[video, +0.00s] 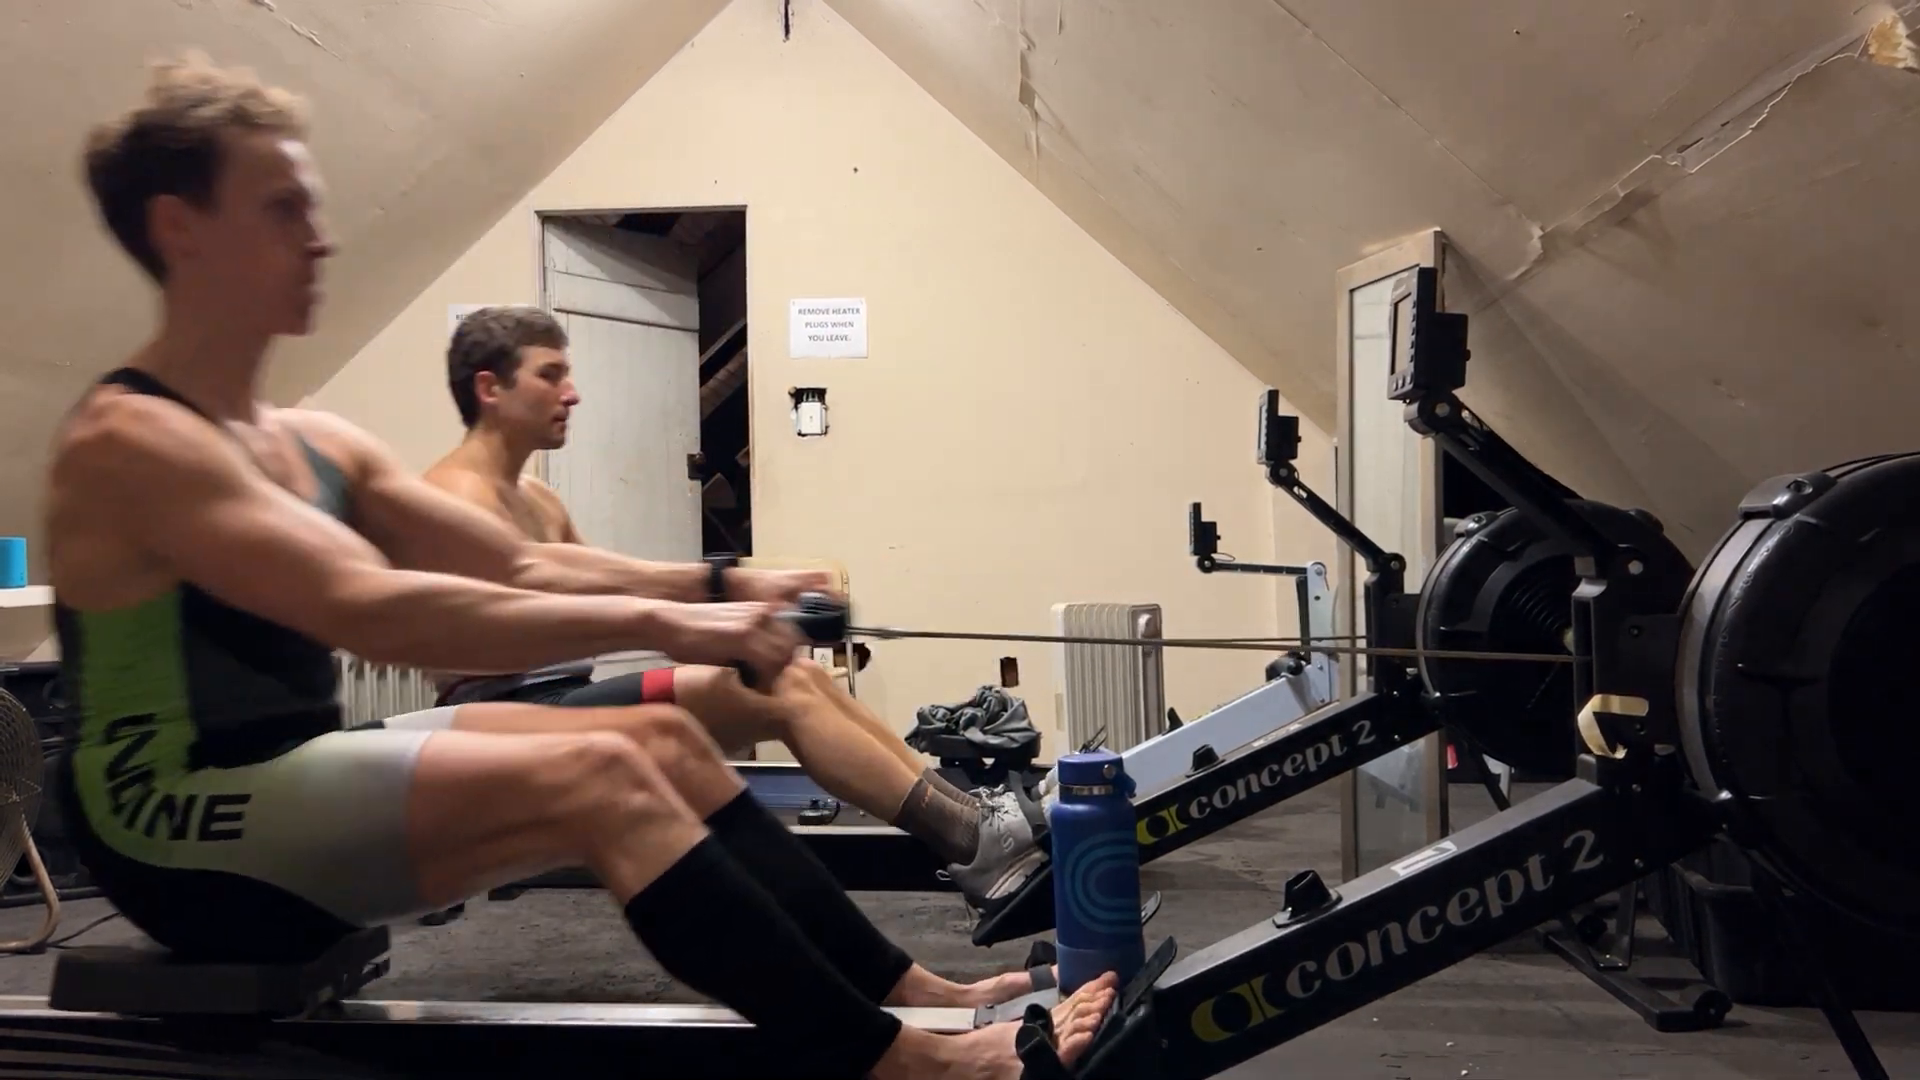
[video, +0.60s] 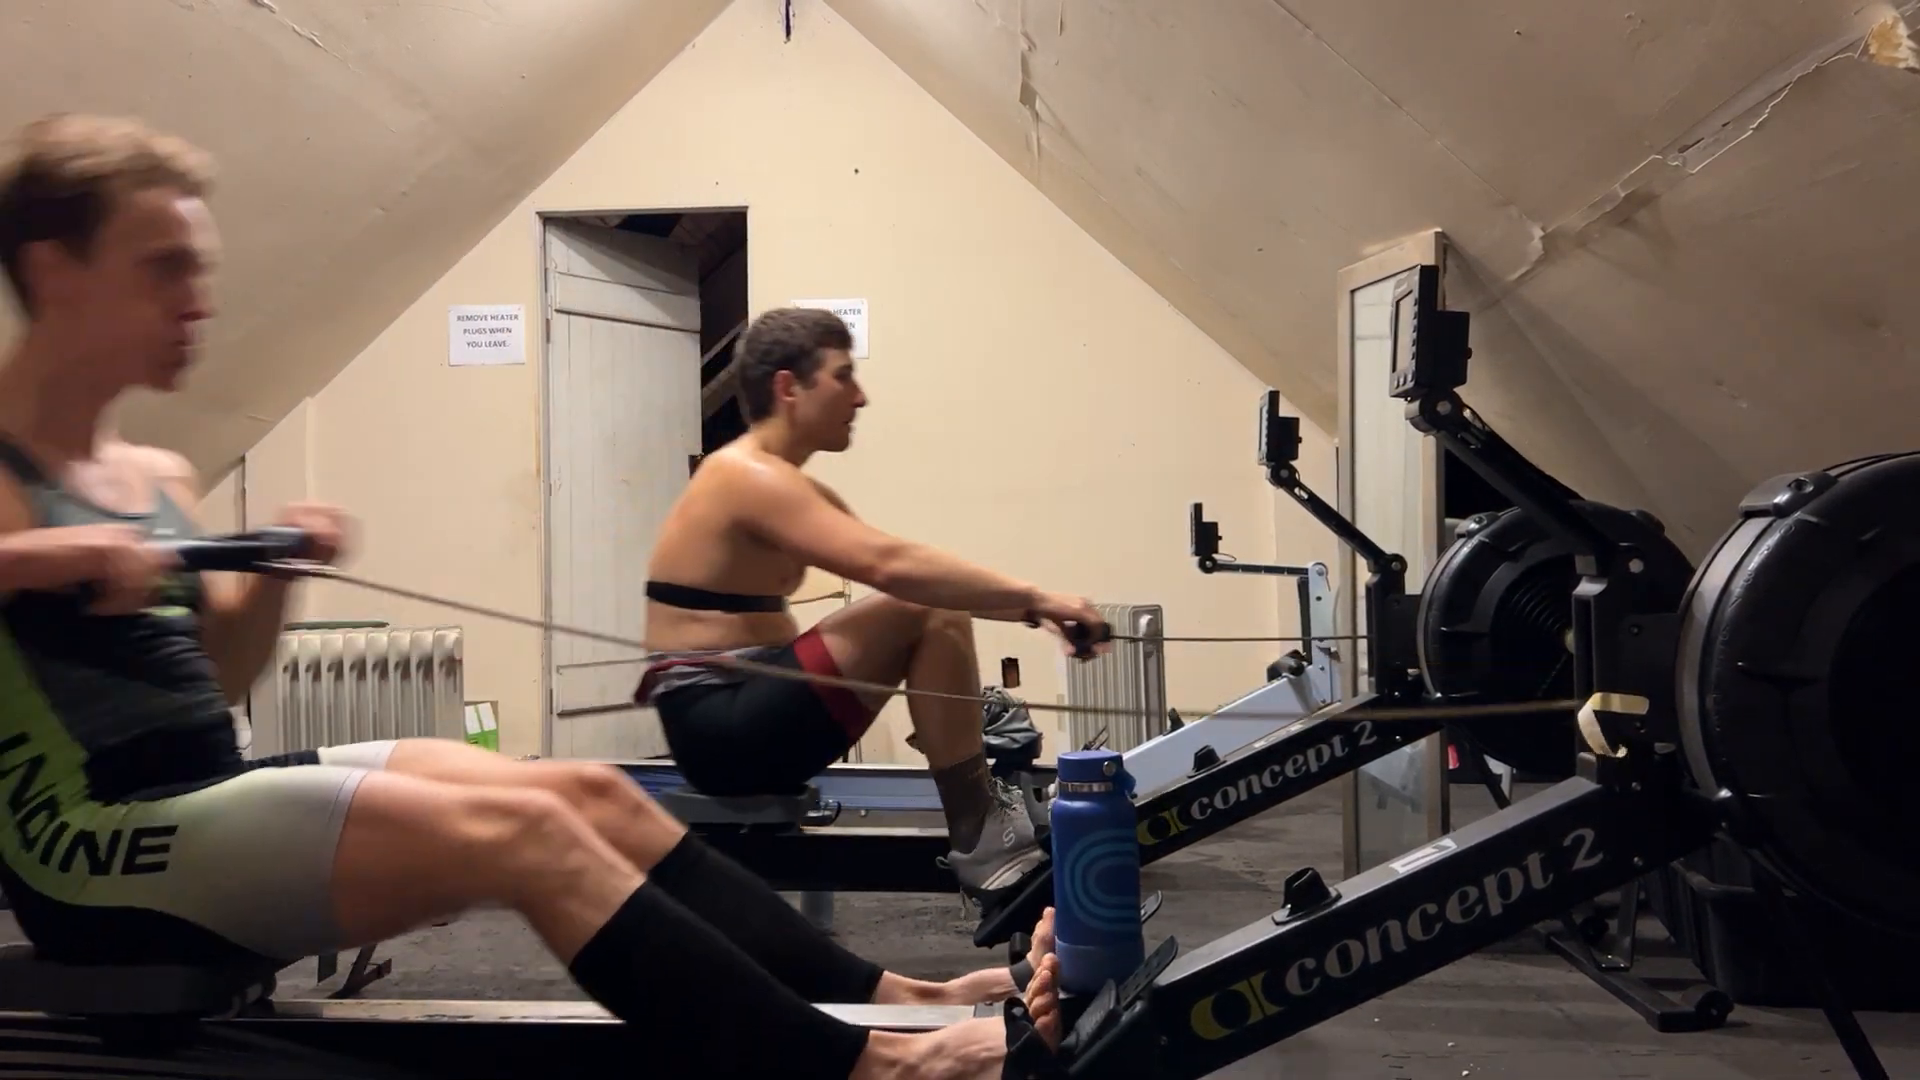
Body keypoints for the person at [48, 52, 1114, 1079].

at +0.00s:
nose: (323, 237)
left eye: (314, 206)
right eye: (285, 208)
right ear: (173, 226)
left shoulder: (310, 439)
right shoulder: (133, 440)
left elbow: (505, 560)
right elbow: (373, 619)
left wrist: (710, 602)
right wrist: (662, 631)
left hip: (295, 765)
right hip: (179, 798)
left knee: (671, 736)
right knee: (606, 780)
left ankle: (909, 998)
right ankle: (885, 1058)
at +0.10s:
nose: (204, 256)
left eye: (199, 225)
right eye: (169, 222)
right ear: (51, 241)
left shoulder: (207, 450)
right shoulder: (24, 447)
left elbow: (413, 585)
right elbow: (230, 625)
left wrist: (585, 609)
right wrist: (520, 624)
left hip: (248, 772)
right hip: (132, 808)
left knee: (613, 789)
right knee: (548, 819)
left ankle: (905, 996)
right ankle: (893, 1061)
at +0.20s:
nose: (97, 287)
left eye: (96, 258)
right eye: (62, 259)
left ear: (88, 271)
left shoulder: (123, 479)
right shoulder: (3, 487)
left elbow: (317, 608)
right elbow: (59, 672)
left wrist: (473, 622)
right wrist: (353, 631)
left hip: (217, 768)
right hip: (90, 807)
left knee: (584, 830)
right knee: (529, 872)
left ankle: (912, 1003)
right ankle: (898, 1066)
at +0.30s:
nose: (24, 326)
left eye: (28, 297)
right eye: (4, 296)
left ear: (37, 313)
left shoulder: (60, 506)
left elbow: (229, 655)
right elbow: (7, 729)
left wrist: (354, 630)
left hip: (189, 776)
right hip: (68, 822)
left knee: (569, 856)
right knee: (504, 896)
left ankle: (929, 1010)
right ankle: (913, 1056)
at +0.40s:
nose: (13, 322)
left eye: (12, 296)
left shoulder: (37, 531)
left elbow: (164, 693)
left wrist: (254, 629)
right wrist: (78, 638)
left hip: (154, 779)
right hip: (60, 815)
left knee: (560, 857)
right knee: (496, 897)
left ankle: (922, 1008)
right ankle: (906, 1063)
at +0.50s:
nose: (60, 333)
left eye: (65, 303)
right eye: (35, 302)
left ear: (68, 312)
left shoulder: (58, 505)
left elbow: (156, 693)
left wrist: (169, 590)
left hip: (185, 784)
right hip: (61, 829)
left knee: (569, 835)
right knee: (493, 874)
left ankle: (913, 1006)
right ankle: (871, 1060)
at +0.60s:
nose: (197, 308)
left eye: (197, 275)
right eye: (169, 272)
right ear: (52, 273)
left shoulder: (153, 474)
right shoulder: (10, 464)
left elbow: (225, 670)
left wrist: (272, 574)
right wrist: (64, 560)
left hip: (222, 786)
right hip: (94, 832)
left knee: (593, 794)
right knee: (519, 828)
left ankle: (890, 1005)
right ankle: (850, 1058)